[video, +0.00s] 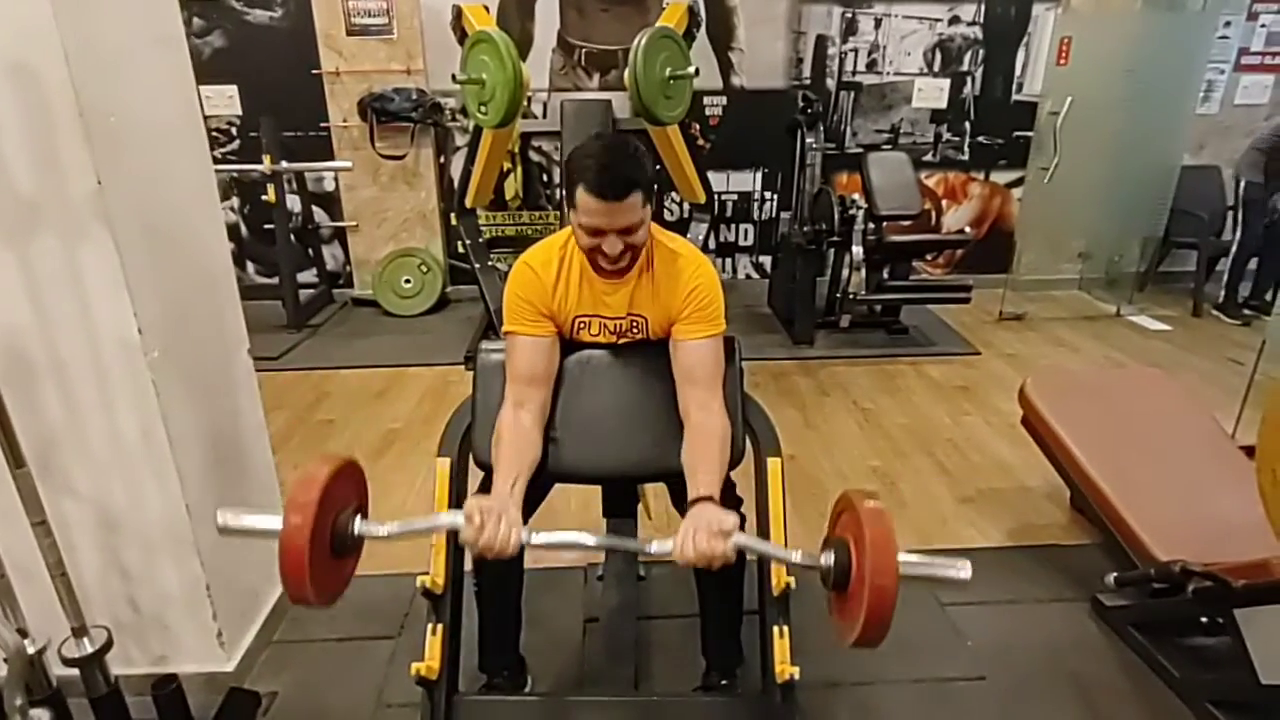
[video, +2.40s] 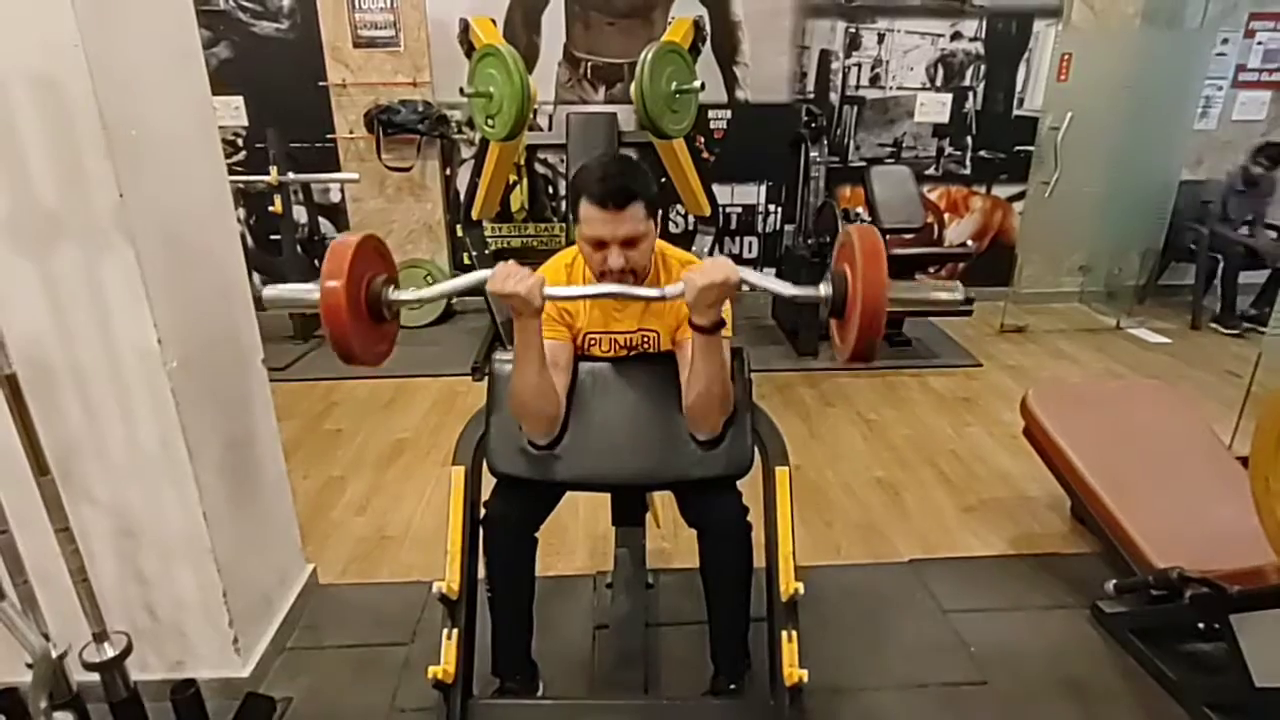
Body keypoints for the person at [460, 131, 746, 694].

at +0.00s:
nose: (612, 248)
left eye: (628, 231)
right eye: (593, 233)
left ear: (649, 209)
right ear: (570, 211)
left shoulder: (689, 273)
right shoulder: (536, 272)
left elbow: (703, 404)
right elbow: (523, 403)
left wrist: (705, 501)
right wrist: (503, 495)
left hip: (663, 416)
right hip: (563, 417)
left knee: (721, 518)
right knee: (492, 518)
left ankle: (723, 673)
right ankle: (501, 675)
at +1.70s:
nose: (619, 276)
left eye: (635, 261)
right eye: (603, 262)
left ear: (658, 233)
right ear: (580, 235)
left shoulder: (696, 279)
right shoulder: (550, 278)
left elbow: (712, 398)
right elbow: (535, 398)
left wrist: (715, 441)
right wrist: (512, 441)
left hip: (666, 414)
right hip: (576, 412)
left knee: (723, 507)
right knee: (504, 514)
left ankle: (729, 674)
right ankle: (513, 677)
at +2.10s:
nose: (613, 280)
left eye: (629, 267)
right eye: (597, 267)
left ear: (654, 237)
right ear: (577, 238)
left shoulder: (696, 281)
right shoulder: (550, 283)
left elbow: (709, 429)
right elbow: (538, 434)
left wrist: (712, 385)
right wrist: (516, 382)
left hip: (669, 425)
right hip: (575, 425)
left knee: (725, 517)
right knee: (504, 517)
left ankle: (731, 676)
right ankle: (515, 679)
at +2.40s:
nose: (615, 261)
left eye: (630, 243)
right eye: (597, 245)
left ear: (655, 224)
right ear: (577, 231)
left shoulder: (690, 277)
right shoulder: (555, 281)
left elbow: (708, 427)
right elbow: (540, 431)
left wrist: (706, 322)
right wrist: (525, 321)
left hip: (668, 418)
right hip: (576, 418)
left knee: (724, 515)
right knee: (505, 519)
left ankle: (730, 680)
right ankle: (515, 680)